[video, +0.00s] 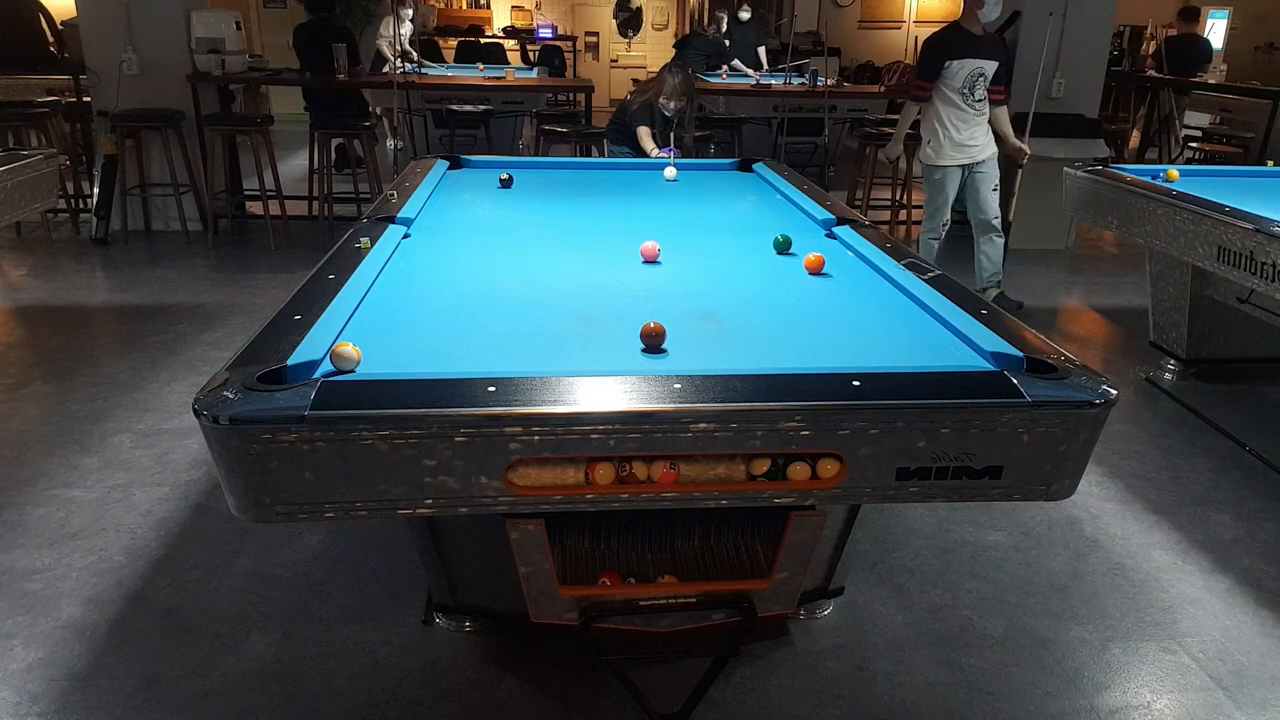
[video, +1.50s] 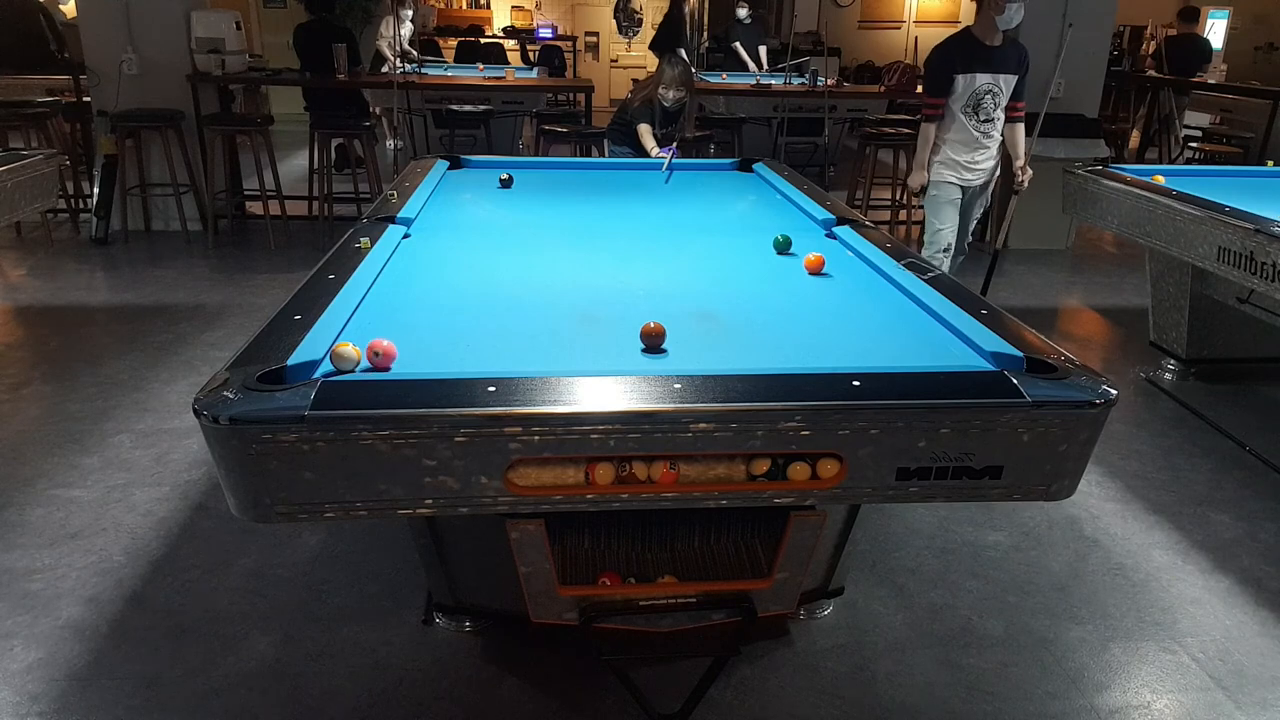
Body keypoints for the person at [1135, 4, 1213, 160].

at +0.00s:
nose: (1176, 24)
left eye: (1176, 21)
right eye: (1177, 21)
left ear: (1178, 21)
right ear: (1197, 22)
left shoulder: (1169, 41)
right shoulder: (1205, 44)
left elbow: (1150, 64)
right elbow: (1205, 70)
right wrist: (1188, 66)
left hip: (1164, 90)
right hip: (1185, 91)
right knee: (1176, 125)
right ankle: (1171, 159)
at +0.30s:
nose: (1176, 24)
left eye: (1176, 21)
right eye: (1176, 21)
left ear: (1179, 21)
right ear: (1197, 22)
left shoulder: (1169, 41)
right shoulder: (1205, 44)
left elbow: (1150, 64)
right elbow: (1205, 69)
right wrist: (1188, 67)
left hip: (1163, 91)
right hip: (1185, 93)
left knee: (1144, 125)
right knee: (1175, 128)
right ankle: (1171, 163)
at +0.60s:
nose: (1175, 24)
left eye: (1176, 21)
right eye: (1176, 21)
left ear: (1178, 21)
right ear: (1197, 22)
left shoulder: (1169, 41)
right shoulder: (1205, 44)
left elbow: (1150, 64)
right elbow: (1205, 70)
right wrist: (1187, 67)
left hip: (1164, 91)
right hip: (1185, 92)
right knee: (1175, 126)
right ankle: (1170, 161)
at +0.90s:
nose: (1175, 24)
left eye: (1176, 21)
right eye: (1176, 21)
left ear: (1178, 21)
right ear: (1197, 22)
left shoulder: (1169, 41)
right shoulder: (1205, 44)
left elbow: (1150, 64)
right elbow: (1204, 70)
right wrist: (1187, 67)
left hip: (1163, 91)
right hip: (1185, 92)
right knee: (1175, 126)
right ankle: (1170, 161)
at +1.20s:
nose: (1175, 24)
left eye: (1176, 21)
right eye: (1176, 21)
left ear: (1178, 21)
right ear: (1197, 22)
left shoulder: (1169, 41)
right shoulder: (1205, 44)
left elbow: (1150, 63)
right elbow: (1204, 70)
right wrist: (1187, 67)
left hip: (1163, 91)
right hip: (1185, 92)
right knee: (1175, 126)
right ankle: (1170, 160)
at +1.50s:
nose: (1176, 24)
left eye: (1177, 21)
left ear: (1178, 21)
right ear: (1197, 22)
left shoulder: (1168, 41)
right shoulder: (1205, 43)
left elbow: (1150, 64)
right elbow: (1205, 70)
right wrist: (1187, 67)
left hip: (1162, 91)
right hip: (1183, 93)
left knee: (1142, 125)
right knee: (1173, 129)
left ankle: (1131, 159)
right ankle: (1169, 164)